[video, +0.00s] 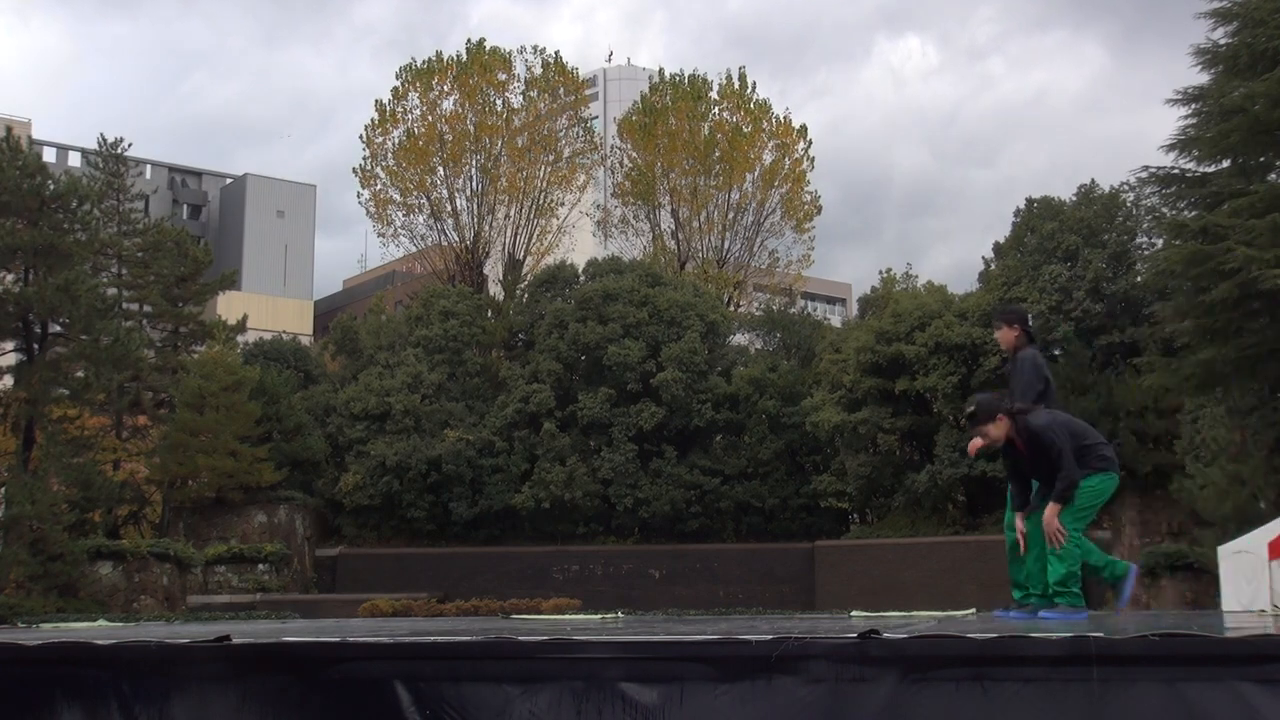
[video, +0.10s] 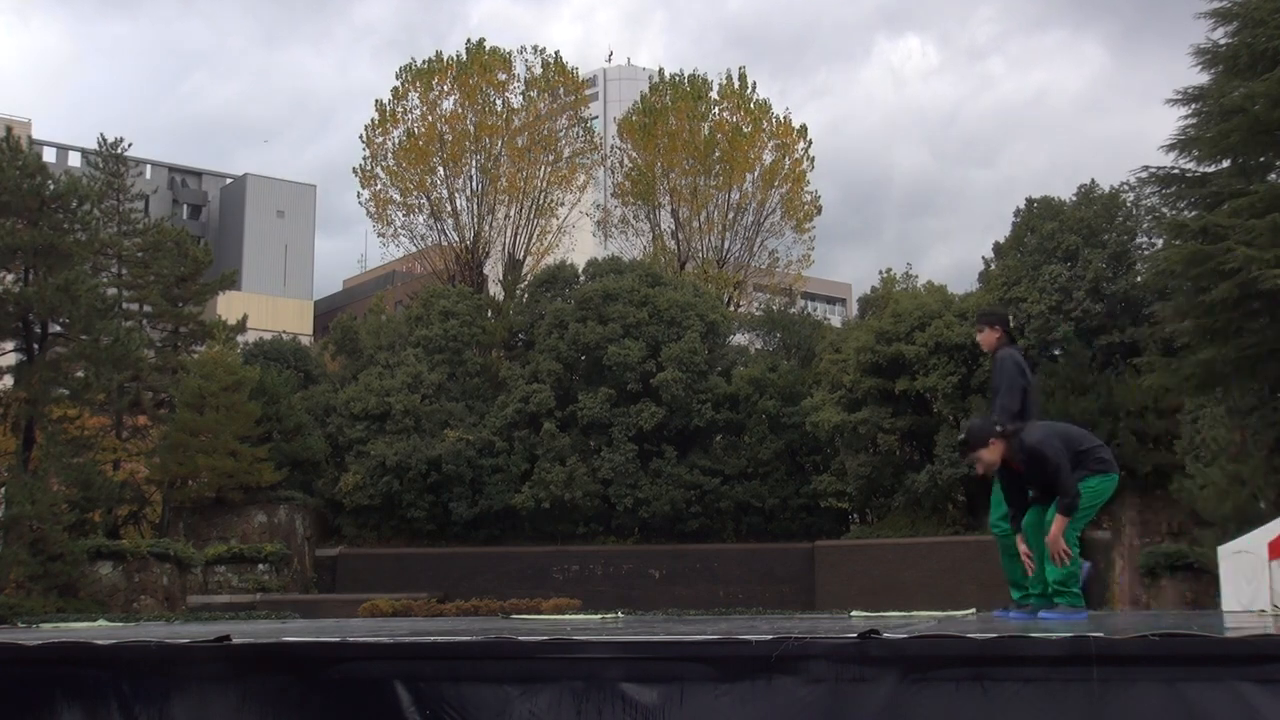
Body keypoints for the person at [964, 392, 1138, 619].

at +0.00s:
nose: (983, 441)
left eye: (983, 433)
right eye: (979, 436)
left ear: (1001, 419)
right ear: (1000, 420)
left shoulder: (1042, 427)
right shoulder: (1010, 442)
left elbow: (1069, 473)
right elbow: (1019, 478)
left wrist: (1052, 511)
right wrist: (1019, 516)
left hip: (1099, 473)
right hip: (1064, 476)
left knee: (1061, 527)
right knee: (1038, 526)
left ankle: (1070, 603)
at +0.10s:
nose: (979, 470)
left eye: (978, 461)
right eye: (974, 464)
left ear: (994, 444)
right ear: (993, 444)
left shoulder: (1038, 444)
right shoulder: (1006, 461)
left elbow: (1069, 493)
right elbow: (1016, 502)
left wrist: (1055, 533)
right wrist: (1019, 539)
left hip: (1097, 474)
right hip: (1060, 481)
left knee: (1058, 526)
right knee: (1032, 523)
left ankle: (1069, 603)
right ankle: (1040, 600)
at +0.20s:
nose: (980, 485)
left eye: (978, 478)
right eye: (975, 481)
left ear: (990, 463)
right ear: (990, 463)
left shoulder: (1036, 456)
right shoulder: (1005, 474)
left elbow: (1067, 505)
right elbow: (1015, 518)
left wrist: (1058, 549)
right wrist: (1023, 560)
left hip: (1097, 474)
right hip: (1066, 481)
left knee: (1057, 524)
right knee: (1032, 525)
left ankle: (1070, 602)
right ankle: (1042, 599)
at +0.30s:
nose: (977, 496)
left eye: (975, 490)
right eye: (973, 493)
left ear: (986, 475)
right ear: (987, 474)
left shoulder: (1032, 463)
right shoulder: (1006, 485)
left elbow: (1064, 514)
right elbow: (1025, 525)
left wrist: (1060, 559)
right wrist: (1025, 569)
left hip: (1097, 474)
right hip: (1065, 483)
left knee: (1060, 528)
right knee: (1035, 529)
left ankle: (1070, 604)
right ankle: (1026, 602)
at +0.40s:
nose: (975, 500)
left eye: (972, 494)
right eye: (971, 497)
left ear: (981, 479)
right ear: (981, 478)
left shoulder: (1028, 462)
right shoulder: (1006, 485)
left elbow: (1066, 509)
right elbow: (1025, 527)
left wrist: (1066, 553)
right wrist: (1019, 573)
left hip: (1098, 477)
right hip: (1064, 486)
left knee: (1057, 525)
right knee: (1033, 527)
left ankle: (1070, 604)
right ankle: (1020, 600)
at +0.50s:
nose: (971, 499)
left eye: (967, 493)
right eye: (966, 496)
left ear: (975, 479)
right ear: (976, 478)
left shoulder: (1023, 463)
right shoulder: (1003, 486)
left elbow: (1067, 502)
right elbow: (1018, 529)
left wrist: (1070, 548)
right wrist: (1015, 583)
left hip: (1097, 478)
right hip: (1061, 486)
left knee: (1058, 524)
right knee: (1032, 523)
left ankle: (1071, 604)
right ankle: (1017, 598)